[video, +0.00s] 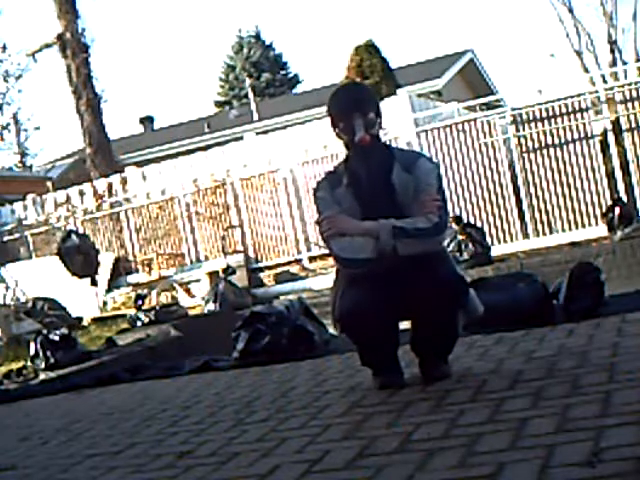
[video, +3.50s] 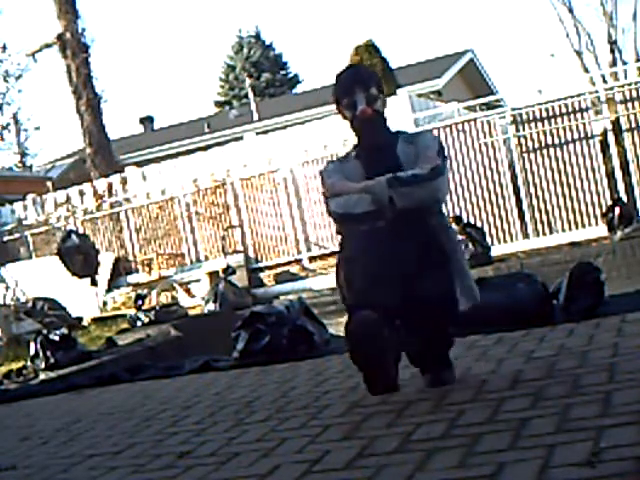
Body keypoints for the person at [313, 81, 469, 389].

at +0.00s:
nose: (360, 136)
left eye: (368, 122)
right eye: (348, 127)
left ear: (380, 119)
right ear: (336, 129)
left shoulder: (418, 166)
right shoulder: (328, 188)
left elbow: (436, 230)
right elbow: (347, 253)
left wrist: (360, 228)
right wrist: (413, 221)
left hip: (423, 265)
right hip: (366, 277)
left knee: (444, 285)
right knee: (356, 309)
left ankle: (434, 357)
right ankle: (384, 366)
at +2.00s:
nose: (360, 125)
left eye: (368, 113)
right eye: (348, 118)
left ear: (379, 114)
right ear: (336, 124)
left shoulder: (415, 163)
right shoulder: (327, 185)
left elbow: (432, 227)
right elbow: (341, 244)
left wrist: (357, 222)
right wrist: (412, 217)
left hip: (421, 267)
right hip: (364, 277)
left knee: (447, 290)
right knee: (355, 313)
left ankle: (435, 358)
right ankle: (384, 368)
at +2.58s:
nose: (349, 121)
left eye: (357, 109)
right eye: (337, 113)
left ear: (368, 110)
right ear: (326, 119)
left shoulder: (402, 156)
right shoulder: (315, 179)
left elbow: (419, 217)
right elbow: (329, 235)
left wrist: (344, 212)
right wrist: (399, 208)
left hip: (413, 260)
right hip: (359, 273)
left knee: (430, 292)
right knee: (362, 313)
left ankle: (434, 361)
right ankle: (385, 370)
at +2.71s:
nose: (343, 113)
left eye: (351, 102)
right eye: (332, 106)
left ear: (363, 104)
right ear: (320, 112)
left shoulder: (395, 147)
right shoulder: (308, 173)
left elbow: (407, 193)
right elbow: (321, 228)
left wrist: (337, 202)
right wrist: (386, 209)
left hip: (413, 263)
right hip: (358, 278)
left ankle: (442, 347)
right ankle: (385, 366)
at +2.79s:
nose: (341, 115)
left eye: (349, 104)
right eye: (329, 108)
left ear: (360, 106)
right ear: (317, 114)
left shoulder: (391, 151)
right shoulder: (306, 176)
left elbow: (409, 196)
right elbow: (321, 232)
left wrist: (338, 204)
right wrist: (387, 207)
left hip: (412, 253)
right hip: (358, 266)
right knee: (368, 308)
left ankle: (453, 361)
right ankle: (386, 369)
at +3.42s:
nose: (369, 124)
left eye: (376, 112)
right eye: (357, 118)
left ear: (388, 113)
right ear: (348, 126)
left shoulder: (426, 158)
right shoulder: (341, 184)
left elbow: (433, 194)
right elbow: (344, 231)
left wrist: (360, 205)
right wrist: (402, 210)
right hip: (384, 286)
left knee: (407, 248)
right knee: (363, 260)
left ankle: (434, 360)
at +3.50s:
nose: (364, 110)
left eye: (370, 99)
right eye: (352, 103)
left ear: (383, 99)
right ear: (341, 110)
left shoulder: (421, 143)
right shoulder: (337, 171)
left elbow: (435, 188)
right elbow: (340, 210)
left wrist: (359, 188)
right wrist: (404, 194)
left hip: (428, 264)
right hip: (370, 275)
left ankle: (436, 360)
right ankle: (377, 368)